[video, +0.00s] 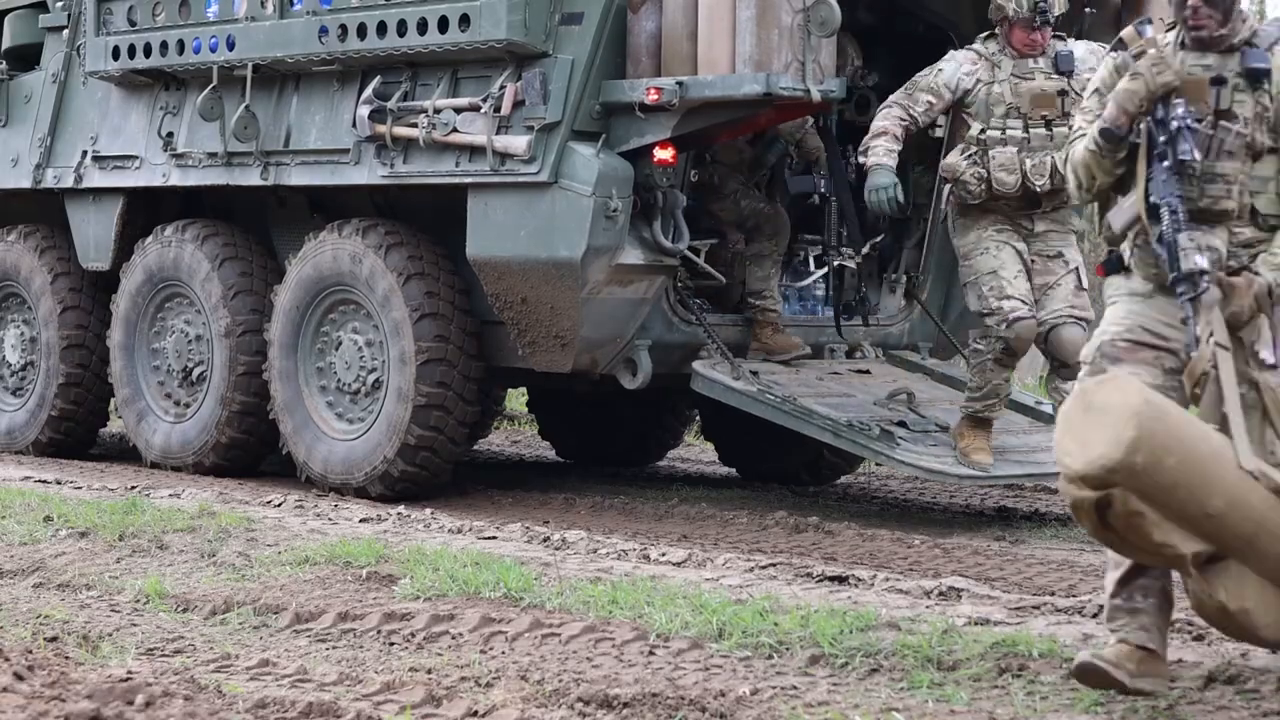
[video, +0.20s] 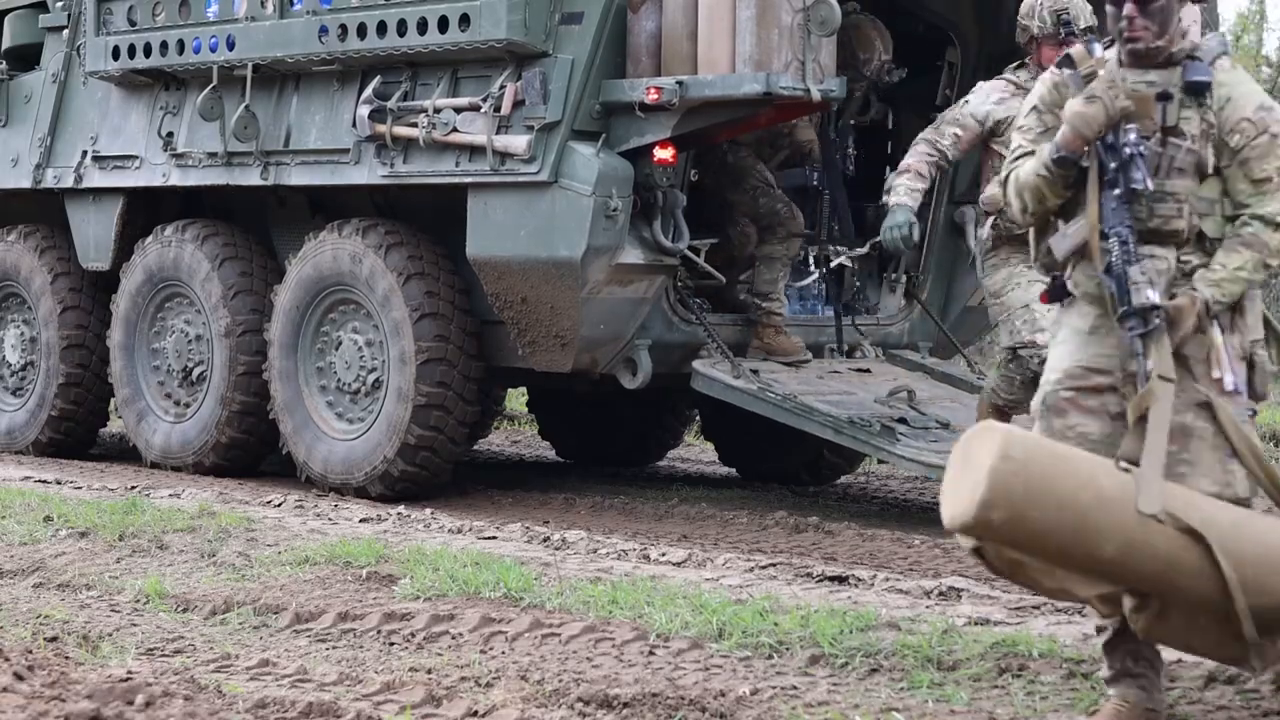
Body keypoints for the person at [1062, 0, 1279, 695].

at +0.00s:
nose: (1200, 7)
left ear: (1242, 4)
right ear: (1171, 3)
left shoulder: (1269, 59)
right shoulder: (1132, 62)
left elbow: (1276, 193)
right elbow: (1082, 185)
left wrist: (1265, 277)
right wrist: (1122, 116)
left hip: (1253, 284)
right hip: (1151, 286)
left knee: (1258, 459)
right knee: (1126, 443)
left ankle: (1266, 627)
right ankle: (1138, 642)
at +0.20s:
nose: (1137, 17)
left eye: (1155, 5)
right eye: (1124, 5)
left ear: (1188, 11)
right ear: (1109, 13)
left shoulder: (1230, 94)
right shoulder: (1067, 87)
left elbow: (1269, 214)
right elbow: (1021, 205)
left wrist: (1205, 296)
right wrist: (1072, 139)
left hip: (1195, 323)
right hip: (1091, 321)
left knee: (1205, 494)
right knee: (1085, 493)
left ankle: (1262, 648)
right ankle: (1131, 671)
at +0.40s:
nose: (1092, 9)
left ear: (1141, 5)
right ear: (1063, 6)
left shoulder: (1189, 100)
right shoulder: (1008, 76)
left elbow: (1214, 229)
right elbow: (966, 202)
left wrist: (1129, 287)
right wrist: (1027, 163)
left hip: (1131, 332)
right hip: (1031, 327)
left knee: (1114, 501)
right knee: (1041, 503)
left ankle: (1112, 679)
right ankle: (1107, 673)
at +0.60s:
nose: (1030, 28)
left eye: (1049, 14)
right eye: (1017, 14)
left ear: (1085, 16)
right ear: (1001, 18)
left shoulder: (1126, 119)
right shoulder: (954, 87)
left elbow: (1146, 255)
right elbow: (880, 202)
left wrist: (1041, 292)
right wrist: (929, 174)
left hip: (1057, 371)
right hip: (944, 363)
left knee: (1041, 546)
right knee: (964, 542)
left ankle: (1065, 703)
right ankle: (1019, 700)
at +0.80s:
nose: (908, 35)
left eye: (926, 19)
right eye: (896, 21)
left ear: (976, 12)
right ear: (885, 23)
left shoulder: (1029, 121)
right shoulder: (861, 95)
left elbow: (1048, 260)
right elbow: (809, 190)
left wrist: (914, 279)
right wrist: (819, 246)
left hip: (966, 395)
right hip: (844, 381)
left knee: (959, 611)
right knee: (782, 562)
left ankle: (985, 706)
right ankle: (832, 703)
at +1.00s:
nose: (749, 16)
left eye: (766, 4)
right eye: (739, 6)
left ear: (817, 1)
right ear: (729, 12)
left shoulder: (882, 87)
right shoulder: (722, 88)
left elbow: (910, 231)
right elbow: (685, 214)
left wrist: (780, 249)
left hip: (838, 378)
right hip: (726, 371)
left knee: (860, 573)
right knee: (651, 554)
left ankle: (954, 708)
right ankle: (669, 708)